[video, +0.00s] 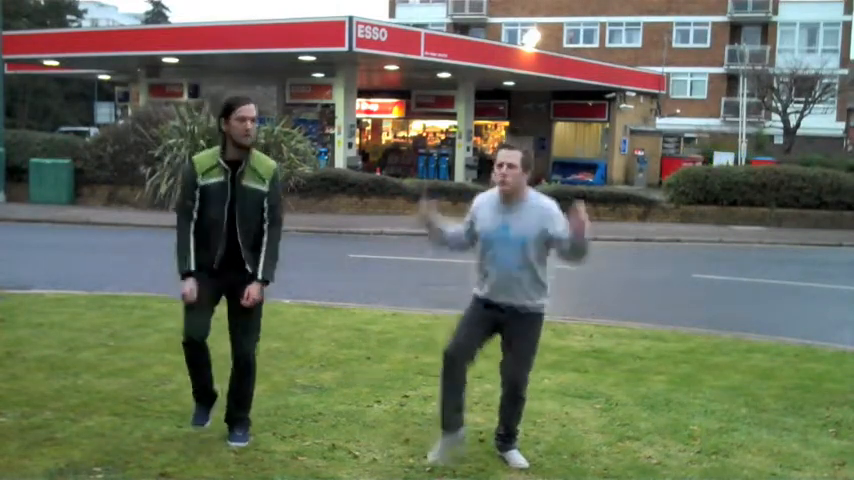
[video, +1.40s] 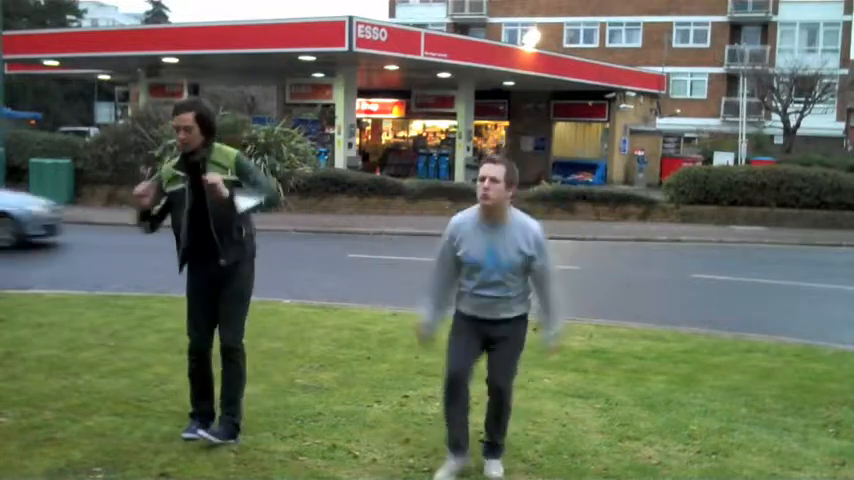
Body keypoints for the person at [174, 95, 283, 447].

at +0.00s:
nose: (250, 127)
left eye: (253, 121)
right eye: (242, 120)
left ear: (257, 126)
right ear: (224, 124)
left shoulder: (269, 171)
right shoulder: (199, 166)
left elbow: (273, 228)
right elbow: (185, 221)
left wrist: (261, 279)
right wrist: (187, 274)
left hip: (247, 274)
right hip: (205, 272)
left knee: (244, 353)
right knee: (193, 337)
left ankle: (239, 421)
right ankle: (204, 400)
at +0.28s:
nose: (237, 126)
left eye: (245, 119)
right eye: (232, 118)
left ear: (257, 124)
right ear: (223, 120)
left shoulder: (274, 167)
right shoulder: (202, 158)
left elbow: (279, 218)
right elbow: (186, 209)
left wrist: (257, 252)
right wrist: (193, 254)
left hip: (247, 269)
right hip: (209, 268)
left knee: (244, 349)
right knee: (211, 347)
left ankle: (240, 421)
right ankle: (203, 419)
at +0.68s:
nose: (218, 130)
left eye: (226, 124)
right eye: (215, 123)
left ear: (243, 128)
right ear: (211, 125)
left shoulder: (264, 167)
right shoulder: (196, 162)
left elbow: (275, 212)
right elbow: (182, 206)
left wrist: (257, 216)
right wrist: (188, 210)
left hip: (242, 269)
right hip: (203, 267)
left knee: (243, 349)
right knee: (193, 343)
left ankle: (242, 422)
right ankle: (183, 418)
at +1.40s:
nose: (180, 136)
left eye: (187, 130)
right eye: (177, 130)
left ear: (205, 131)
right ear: (173, 131)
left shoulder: (230, 159)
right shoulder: (171, 169)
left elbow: (271, 193)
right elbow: (154, 221)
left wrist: (229, 195)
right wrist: (147, 207)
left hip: (235, 261)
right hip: (199, 263)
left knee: (231, 342)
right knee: (197, 342)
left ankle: (229, 425)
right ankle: (201, 418)